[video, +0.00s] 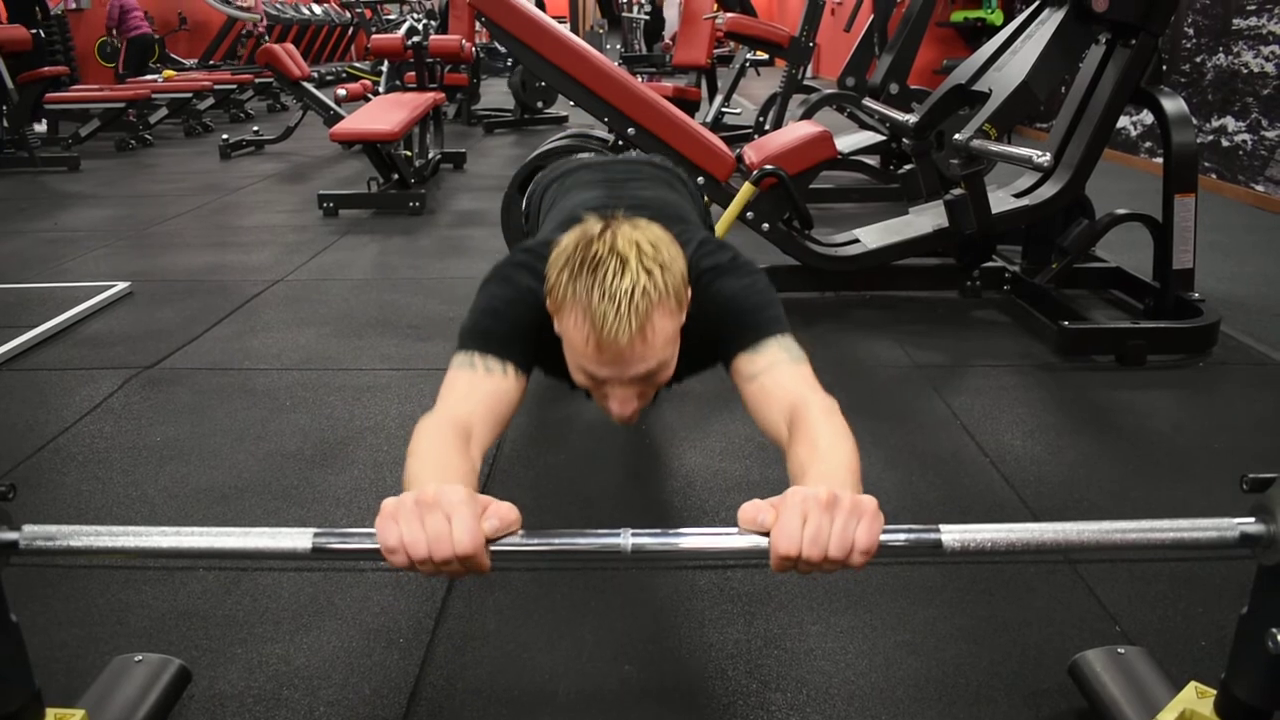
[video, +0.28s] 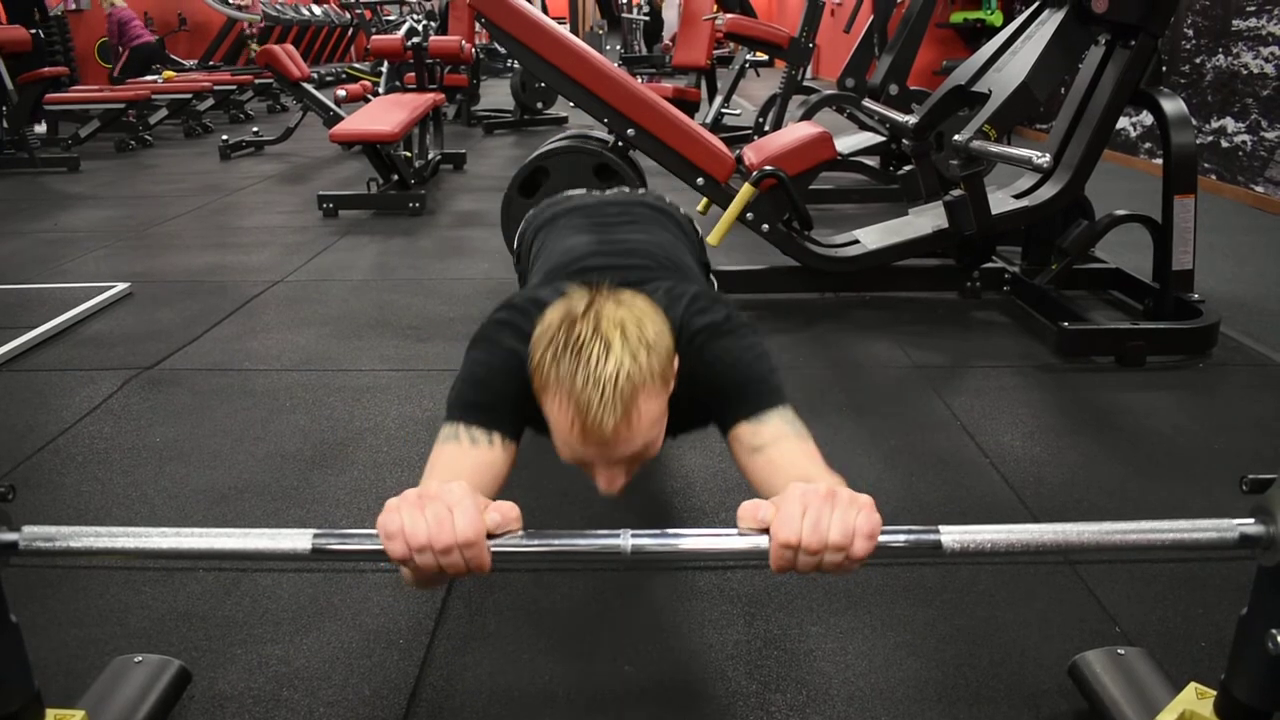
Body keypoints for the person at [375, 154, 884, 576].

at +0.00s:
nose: (622, 407)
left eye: (647, 379)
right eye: (594, 381)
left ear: (681, 313)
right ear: (556, 319)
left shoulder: (729, 284)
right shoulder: (517, 290)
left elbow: (806, 410)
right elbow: (456, 422)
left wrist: (826, 495)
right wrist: (439, 500)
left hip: (665, 171)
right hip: (548, 173)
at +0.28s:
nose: (608, 484)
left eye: (632, 457)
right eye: (582, 462)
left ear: (671, 384)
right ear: (543, 396)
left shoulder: (717, 341)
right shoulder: (505, 345)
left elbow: (804, 480)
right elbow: (449, 493)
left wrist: (819, 511)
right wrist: (439, 521)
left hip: (663, 216)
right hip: (552, 217)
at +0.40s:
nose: (605, 517)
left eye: (628, 490)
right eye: (581, 495)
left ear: (666, 408)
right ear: (535, 431)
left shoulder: (714, 362)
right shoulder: (498, 371)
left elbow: (837, 579)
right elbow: (421, 593)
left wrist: (821, 539)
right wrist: (436, 547)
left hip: (660, 227)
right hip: (548, 230)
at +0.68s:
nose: (616, 582)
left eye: (639, 549)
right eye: (588, 553)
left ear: (676, 480)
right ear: (540, 499)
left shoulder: (720, 412)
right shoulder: (499, 422)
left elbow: (847, 621)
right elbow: (411, 644)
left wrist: (825, 573)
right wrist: (438, 579)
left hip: (664, 261)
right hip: (552, 262)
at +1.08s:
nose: (625, 664)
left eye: (652, 634)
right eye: (596, 636)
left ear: (691, 554)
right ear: (547, 562)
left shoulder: (731, 472)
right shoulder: (511, 478)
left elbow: (875, 698)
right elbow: (396, 703)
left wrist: (834, 601)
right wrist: (432, 601)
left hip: (676, 306)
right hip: (557, 307)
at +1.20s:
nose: (624, 693)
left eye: (649, 666)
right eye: (597, 667)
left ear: (690, 580)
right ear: (546, 594)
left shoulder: (740, 503)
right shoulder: (507, 516)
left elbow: (870, 707)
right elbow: (405, 705)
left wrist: (834, 608)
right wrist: (428, 606)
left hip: (680, 332)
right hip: (559, 327)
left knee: (663, 299)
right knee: (579, 297)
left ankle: (653, 285)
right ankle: (594, 280)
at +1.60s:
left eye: (665, 717)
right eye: (598, 719)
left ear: (697, 660)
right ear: (555, 681)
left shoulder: (752, 557)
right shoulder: (504, 554)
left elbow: (850, 711)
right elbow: (422, 710)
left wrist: (839, 612)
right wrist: (431, 605)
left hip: (687, 375)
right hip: (566, 373)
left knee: (666, 318)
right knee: (583, 315)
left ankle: (649, 291)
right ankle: (600, 279)